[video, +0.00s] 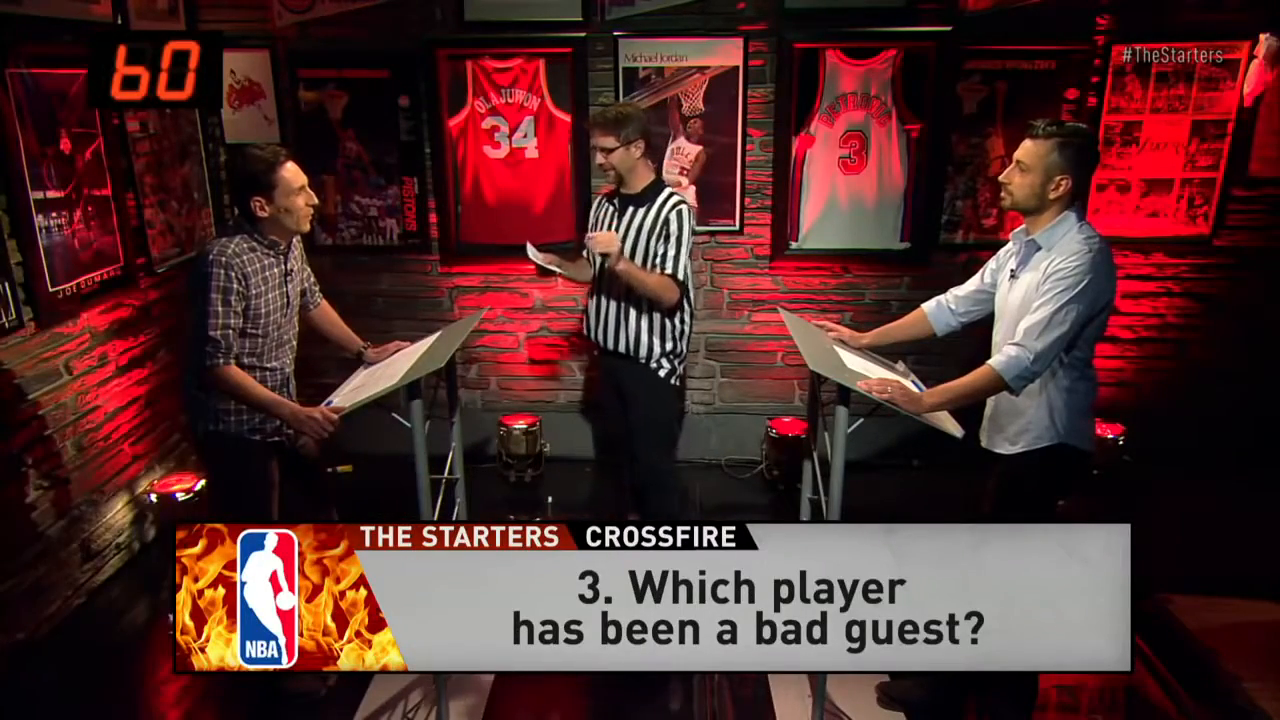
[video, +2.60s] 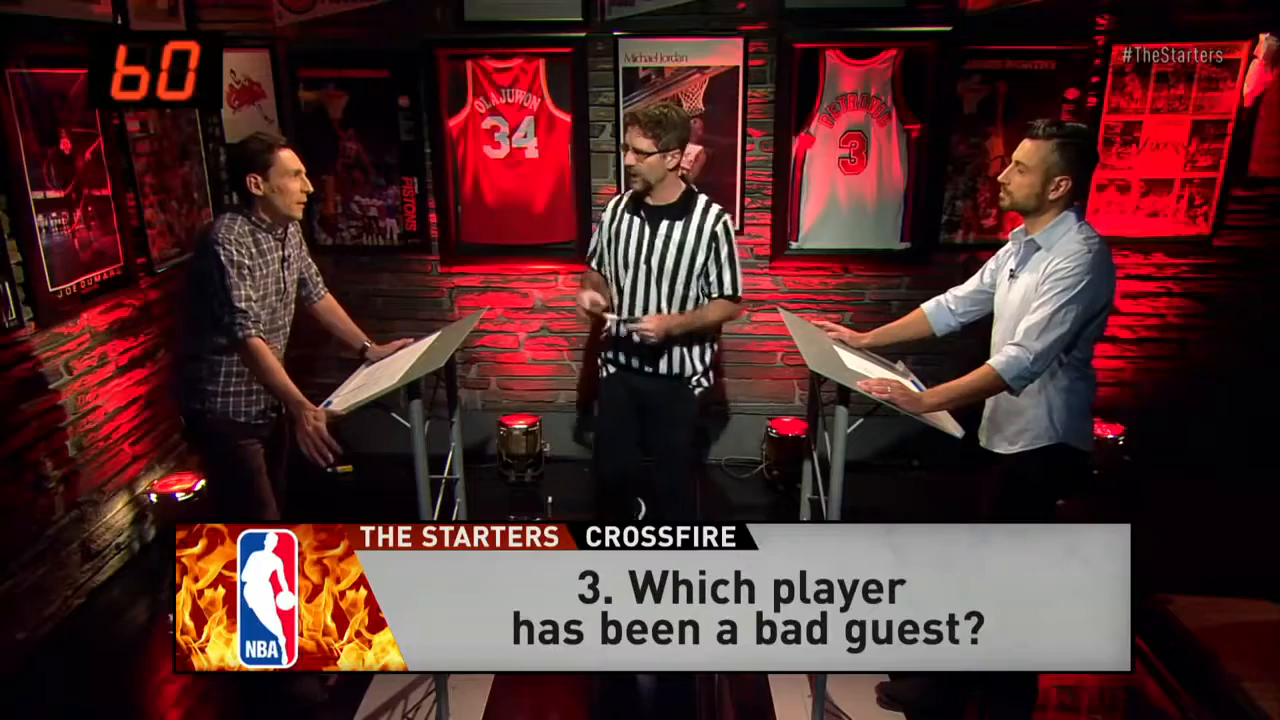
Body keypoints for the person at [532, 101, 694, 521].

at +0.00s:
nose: (599, 160)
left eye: (607, 150)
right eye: (595, 151)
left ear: (638, 147)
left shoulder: (673, 209)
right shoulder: (605, 204)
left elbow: (670, 293)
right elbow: (599, 275)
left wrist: (619, 262)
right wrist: (559, 263)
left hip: (653, 368)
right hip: (608, 361)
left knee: (653, 474)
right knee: (611, 469)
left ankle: (663, 550)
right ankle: (612, 542)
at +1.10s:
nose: (655, 152)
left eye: (665, 143)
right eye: (646, 142)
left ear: (680, 149)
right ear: (631, 148)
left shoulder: (709, 217)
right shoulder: (608, 211)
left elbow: (717, 301)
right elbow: (596, 283)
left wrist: (682, 300)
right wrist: (586, 290)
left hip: (680, 381)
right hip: (618, 376)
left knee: (672, 490)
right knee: (610, 484)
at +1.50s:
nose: (701, 152)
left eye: (701, 142)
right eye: (690, 145)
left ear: (689, 149)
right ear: (654, 153)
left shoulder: (711, 214)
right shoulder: (615, 218)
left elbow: (725, 293)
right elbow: (581, 288)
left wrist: (754, 259)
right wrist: (610, 305)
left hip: (688, 383)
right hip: (631, 385)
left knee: (677, 504)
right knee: (625, 503)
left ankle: (671, 596)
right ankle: (617, 596)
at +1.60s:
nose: (703, 152)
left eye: (703, 143)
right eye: (693, 145)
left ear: (689, 154)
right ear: (657, 154)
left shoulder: (709, 212)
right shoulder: (617, 219)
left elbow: (727, 286)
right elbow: (584, 293)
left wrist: (775, 260)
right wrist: (623, 308)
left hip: (691, 384)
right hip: (633, 388)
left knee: (679, 505)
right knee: (632, 504)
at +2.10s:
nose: (649, 162)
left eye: (661, 152)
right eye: (644, 151)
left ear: (694, 156)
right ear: (639, 153)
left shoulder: (722, 216)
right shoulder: (619, 212)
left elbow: (733, 287)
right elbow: (586, 285)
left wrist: (716, 311)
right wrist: (619, 308)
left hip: (690, 381)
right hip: (628, 380)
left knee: (679, 487)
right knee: (631, 486)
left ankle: (674, 575)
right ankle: (620, 570)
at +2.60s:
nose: (628, 161)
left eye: (640, 153)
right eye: (627, 150)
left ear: (675, 158)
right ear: (625, 149)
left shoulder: (712, 221)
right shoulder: (616, 211)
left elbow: (728, 305)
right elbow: (598, 279)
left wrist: (673, 324)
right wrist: (593, 297)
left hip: (681, 385)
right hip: (619, 379)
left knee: (675, 494)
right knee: (611, 489)